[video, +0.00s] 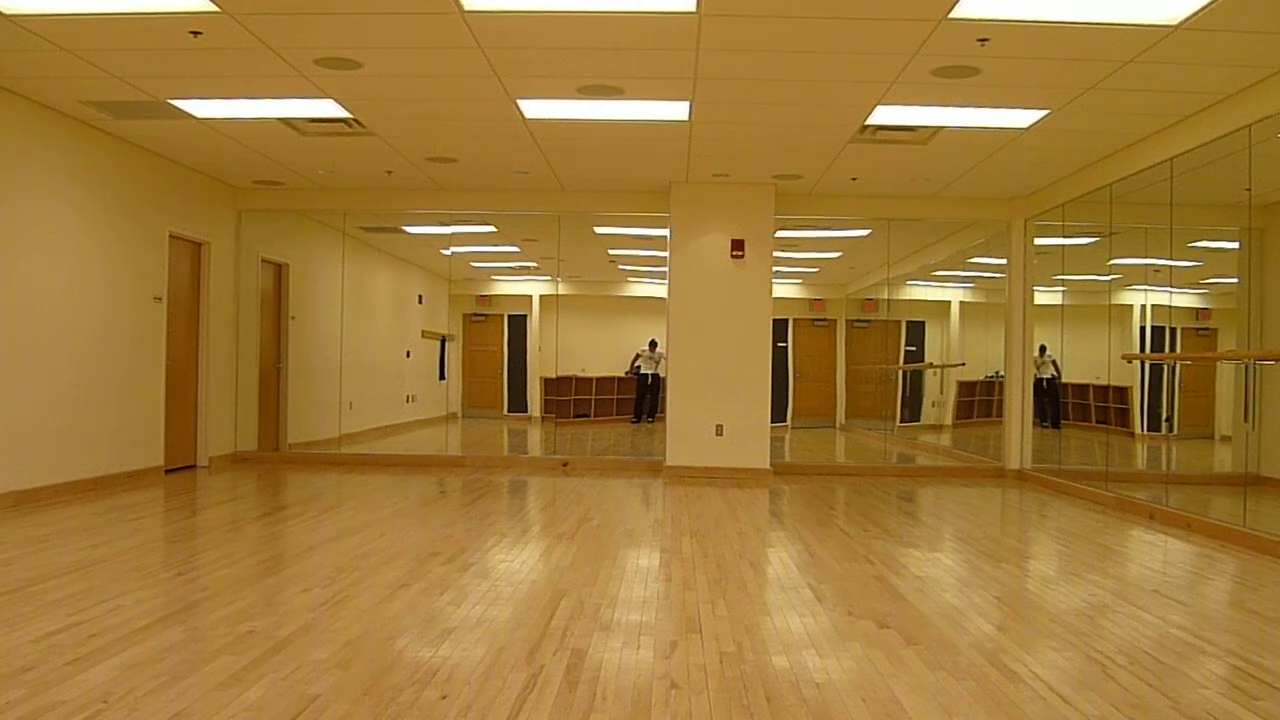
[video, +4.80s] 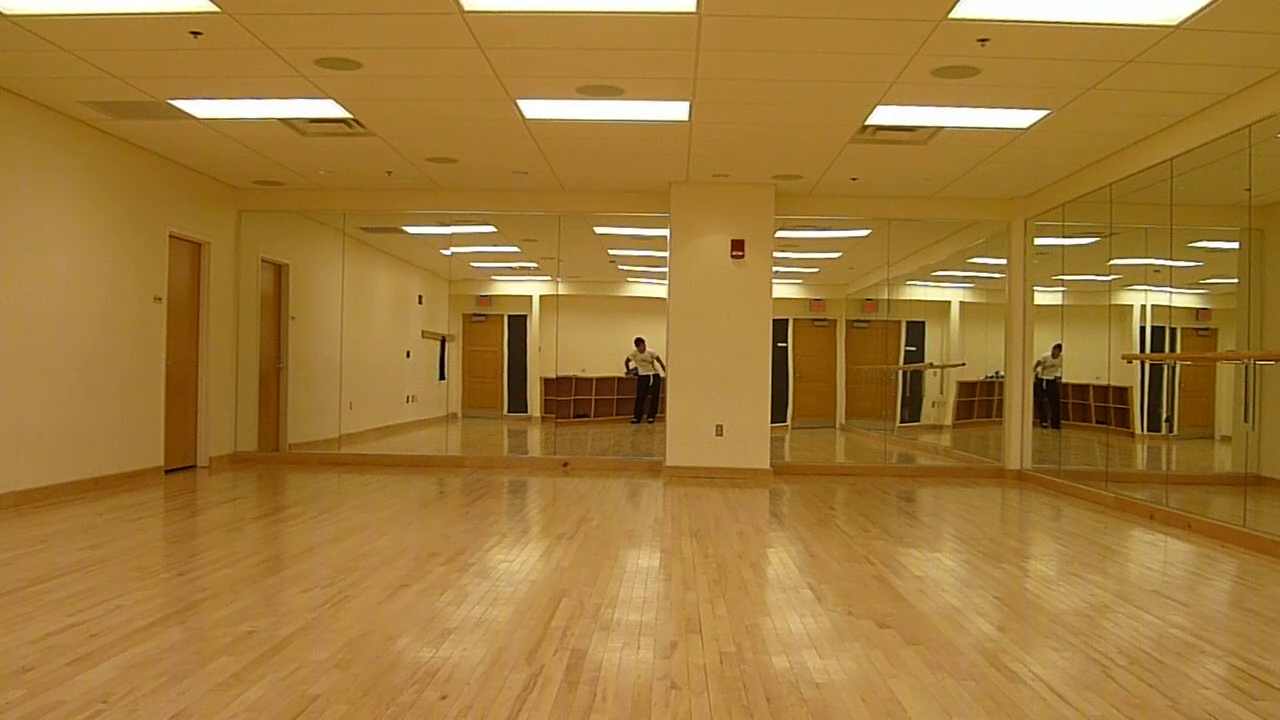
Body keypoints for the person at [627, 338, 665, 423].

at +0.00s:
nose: (652, 351)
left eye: (654, 349)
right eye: (651, 349)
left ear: (656, 348)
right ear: (648, 347)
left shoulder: (660, 354)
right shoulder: (642, 352)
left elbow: (668, 361)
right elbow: (634, 359)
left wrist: (668, 373)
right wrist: (631, 369)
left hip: (654, 373)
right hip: (643, 373)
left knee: (654, 396)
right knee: (640, 395)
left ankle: (651, 416)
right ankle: (637, 416)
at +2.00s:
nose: (652, 349)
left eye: (653, 348)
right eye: (650, 347)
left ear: (656, 347)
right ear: (648, 346)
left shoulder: (660, 354)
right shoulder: (642, 352)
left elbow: (668, 362)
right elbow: (634, 360)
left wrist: (668, 374)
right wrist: (631, 370)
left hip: (654, 374)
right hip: (643, 373)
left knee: (654, 396)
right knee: (640, 395)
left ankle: (651, 416)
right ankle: (637, 416)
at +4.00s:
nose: (651, 349)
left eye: (653, 347)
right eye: (650, 347)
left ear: (655, 346)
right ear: (647, 346)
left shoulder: (659, 354)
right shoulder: (642, 352)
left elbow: (668, 360)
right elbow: (634, 360)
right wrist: (630, 369)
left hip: (654, 374)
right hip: (643, 374)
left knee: (654, 396)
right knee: (640, 395)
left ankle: (651, 416)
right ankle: (637, 416)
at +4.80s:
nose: (641, 348)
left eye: (642, 345)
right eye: (639, 346)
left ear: (644, 345)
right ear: (636, 347)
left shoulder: (650, 353)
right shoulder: (634, 354)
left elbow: (659, 361)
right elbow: (627, 361)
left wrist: (665, 371)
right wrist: (628, 370)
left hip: (654, 374)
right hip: (642, 374)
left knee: (654, 396)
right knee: (640, 396)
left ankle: (651, 416)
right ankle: (637, 416)